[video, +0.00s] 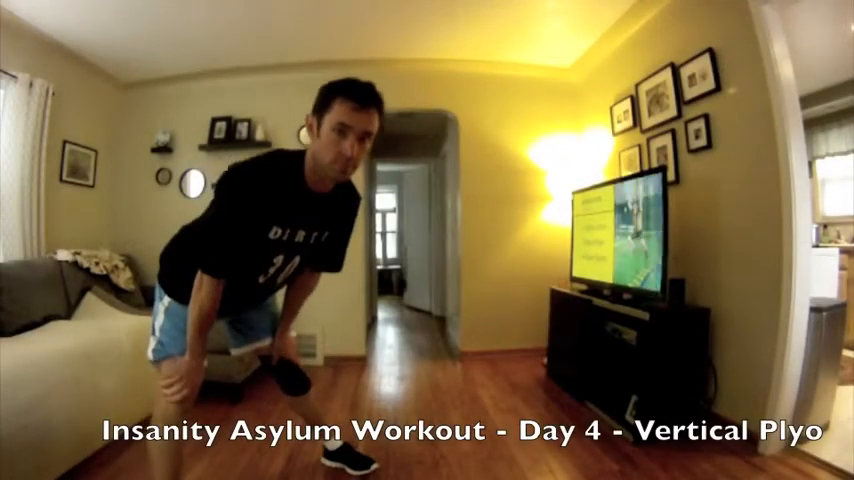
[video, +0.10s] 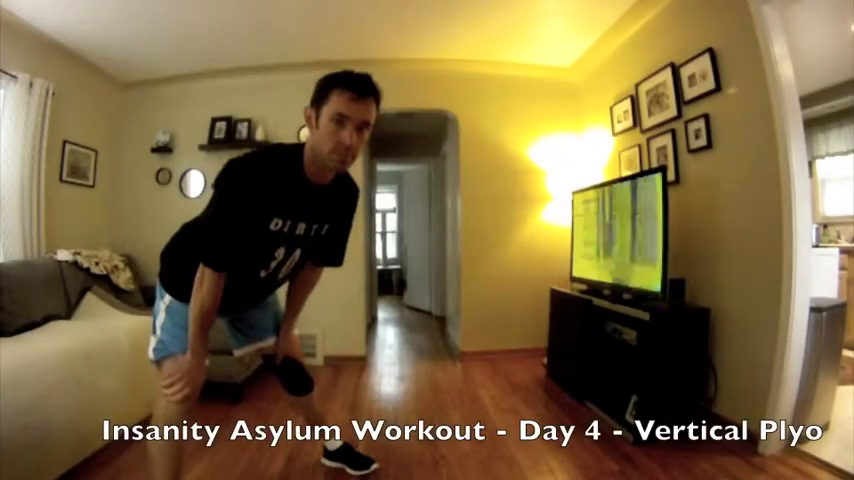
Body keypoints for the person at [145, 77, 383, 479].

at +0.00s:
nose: (351, 150)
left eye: (364, 139)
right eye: (341, 132)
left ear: (371, 144)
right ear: (311, 128)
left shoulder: (345, 201)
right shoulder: (252, 179)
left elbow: (311, 270)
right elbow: (209, 273)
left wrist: (285, 331)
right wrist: (194, 359)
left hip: (251, 291)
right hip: (190, 288)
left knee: (286, 369)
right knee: (175, 391)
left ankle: (331, 443)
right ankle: (163, 476)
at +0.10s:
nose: (350, 139)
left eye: (362, 128)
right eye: (340, 122)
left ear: (369, 134)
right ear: (311, 119)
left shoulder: (343, 193)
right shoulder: (251, 172)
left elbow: (313, 265)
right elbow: (210, 269)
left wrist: (288, 329)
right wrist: (195, 357)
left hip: (251, 290)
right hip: (190, 285)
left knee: (290, 368)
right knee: (178, 389)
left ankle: (328, 442)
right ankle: (163, 476)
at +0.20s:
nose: (349, 130)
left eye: (360, 119)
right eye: (338, 113)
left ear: (368, 126)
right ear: (310, 111)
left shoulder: (343, 188)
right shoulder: (251, 166)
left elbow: (314, 261)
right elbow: (212, 267)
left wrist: (291, 327)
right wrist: (196, 356)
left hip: (253, 290)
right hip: (191, 288)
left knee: (295, 369)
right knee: (180, 390)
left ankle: (330, 444)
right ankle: (165, 476)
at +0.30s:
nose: (348, 124)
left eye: (360, 114)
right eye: (338, 108)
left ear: (368, 120)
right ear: (310, 106)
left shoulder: (343, 183)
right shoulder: (252, 161)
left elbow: (317, 259)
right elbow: (214, 263)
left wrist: (295, 329)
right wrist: (199, 355)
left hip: (255, 288)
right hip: (194, 286)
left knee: (301, 364)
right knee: (186, 388)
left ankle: (333, 445)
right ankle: (168, 476)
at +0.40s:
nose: (349, 119)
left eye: (361, 109)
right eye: (339, 103)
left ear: (369, 116)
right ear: (311, 102)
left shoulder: (344, 180)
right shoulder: (253, 158)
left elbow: (319, 257)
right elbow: (216, 261)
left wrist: (300, 327)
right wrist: (205, 356)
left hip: (258, 288)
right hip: (197, 286)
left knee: (307, 367)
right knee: (192, 393)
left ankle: (333, 445)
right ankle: (168, 478)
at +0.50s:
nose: (351, 113)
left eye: (362, 103)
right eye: (341, 97)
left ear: (371, 110)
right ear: (313, 97)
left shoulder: (345, 176)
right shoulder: (257, 154)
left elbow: (323, 254)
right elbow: (217, 251)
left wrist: (306, 325)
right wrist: (215, 352)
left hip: (262, 287)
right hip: (201, 285)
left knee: (313, 366)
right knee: (200, 386)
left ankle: (334, 446)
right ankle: (171, 474)